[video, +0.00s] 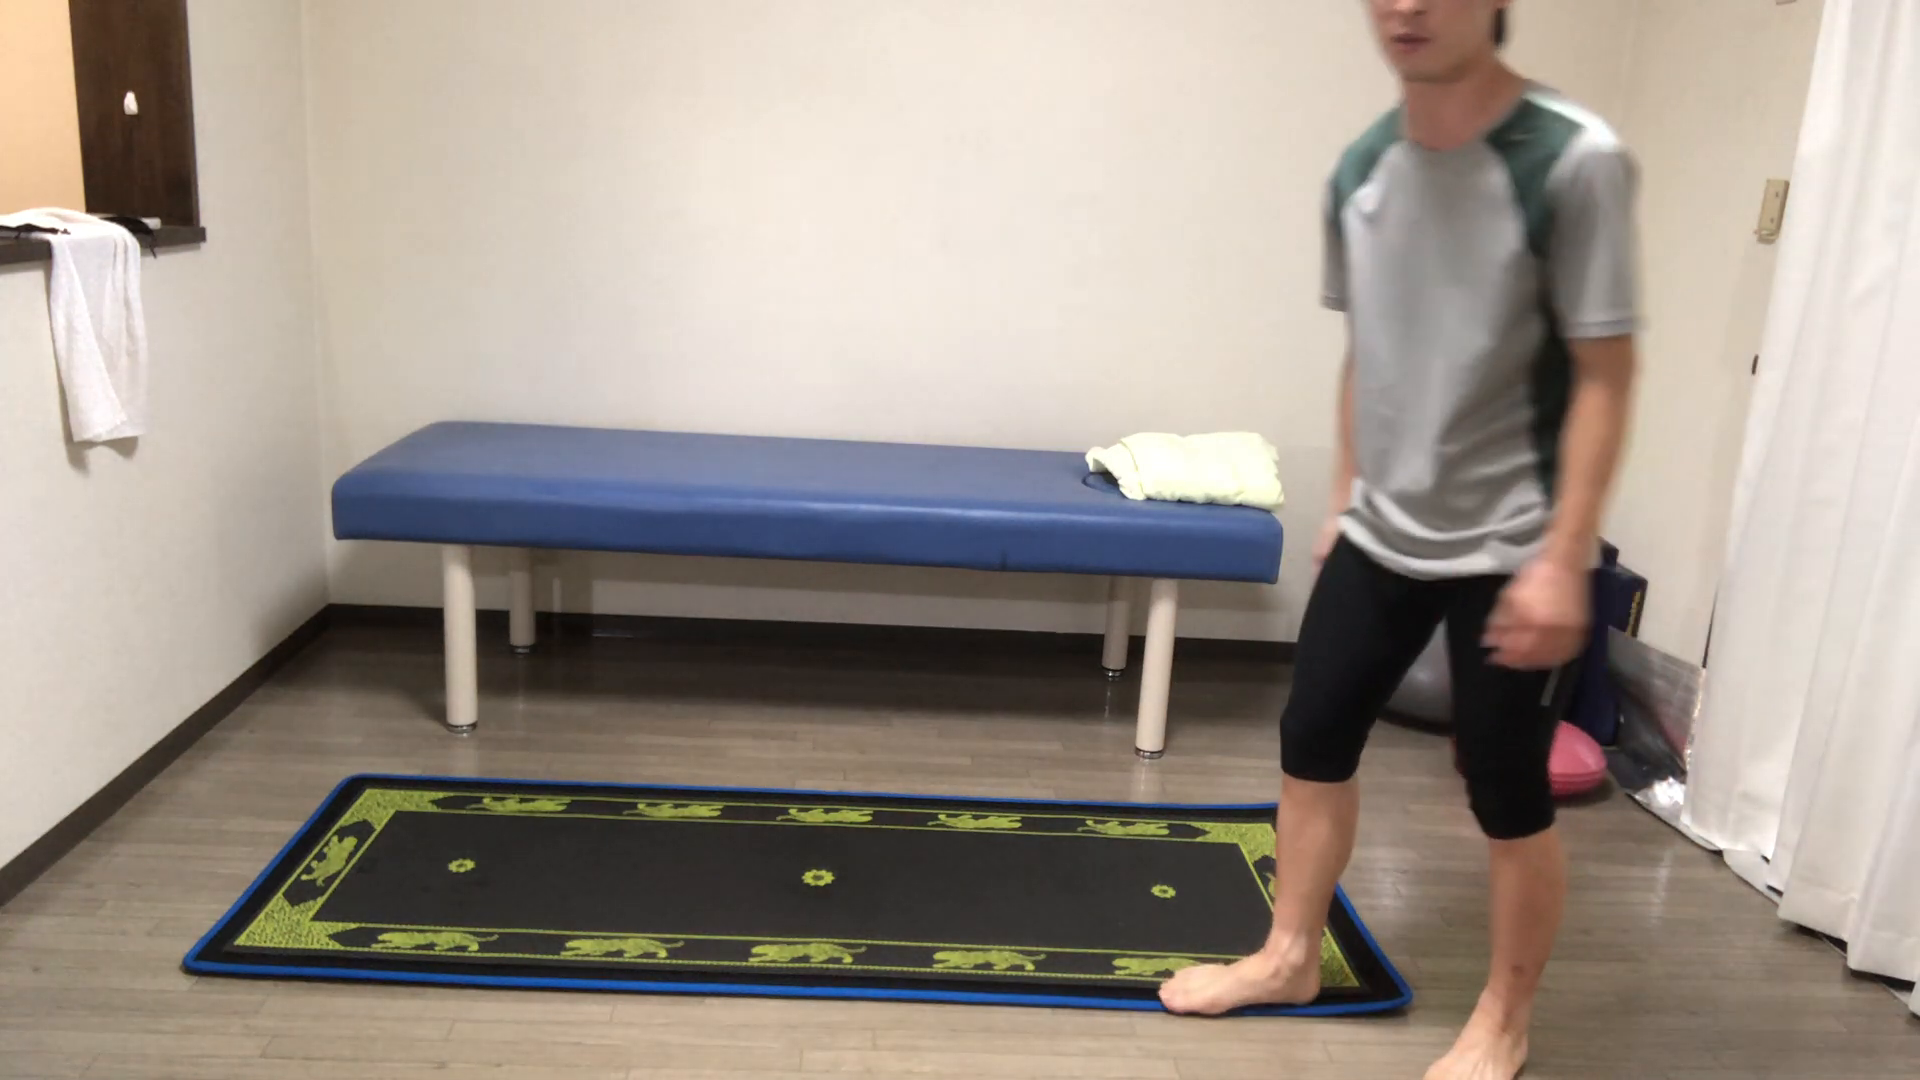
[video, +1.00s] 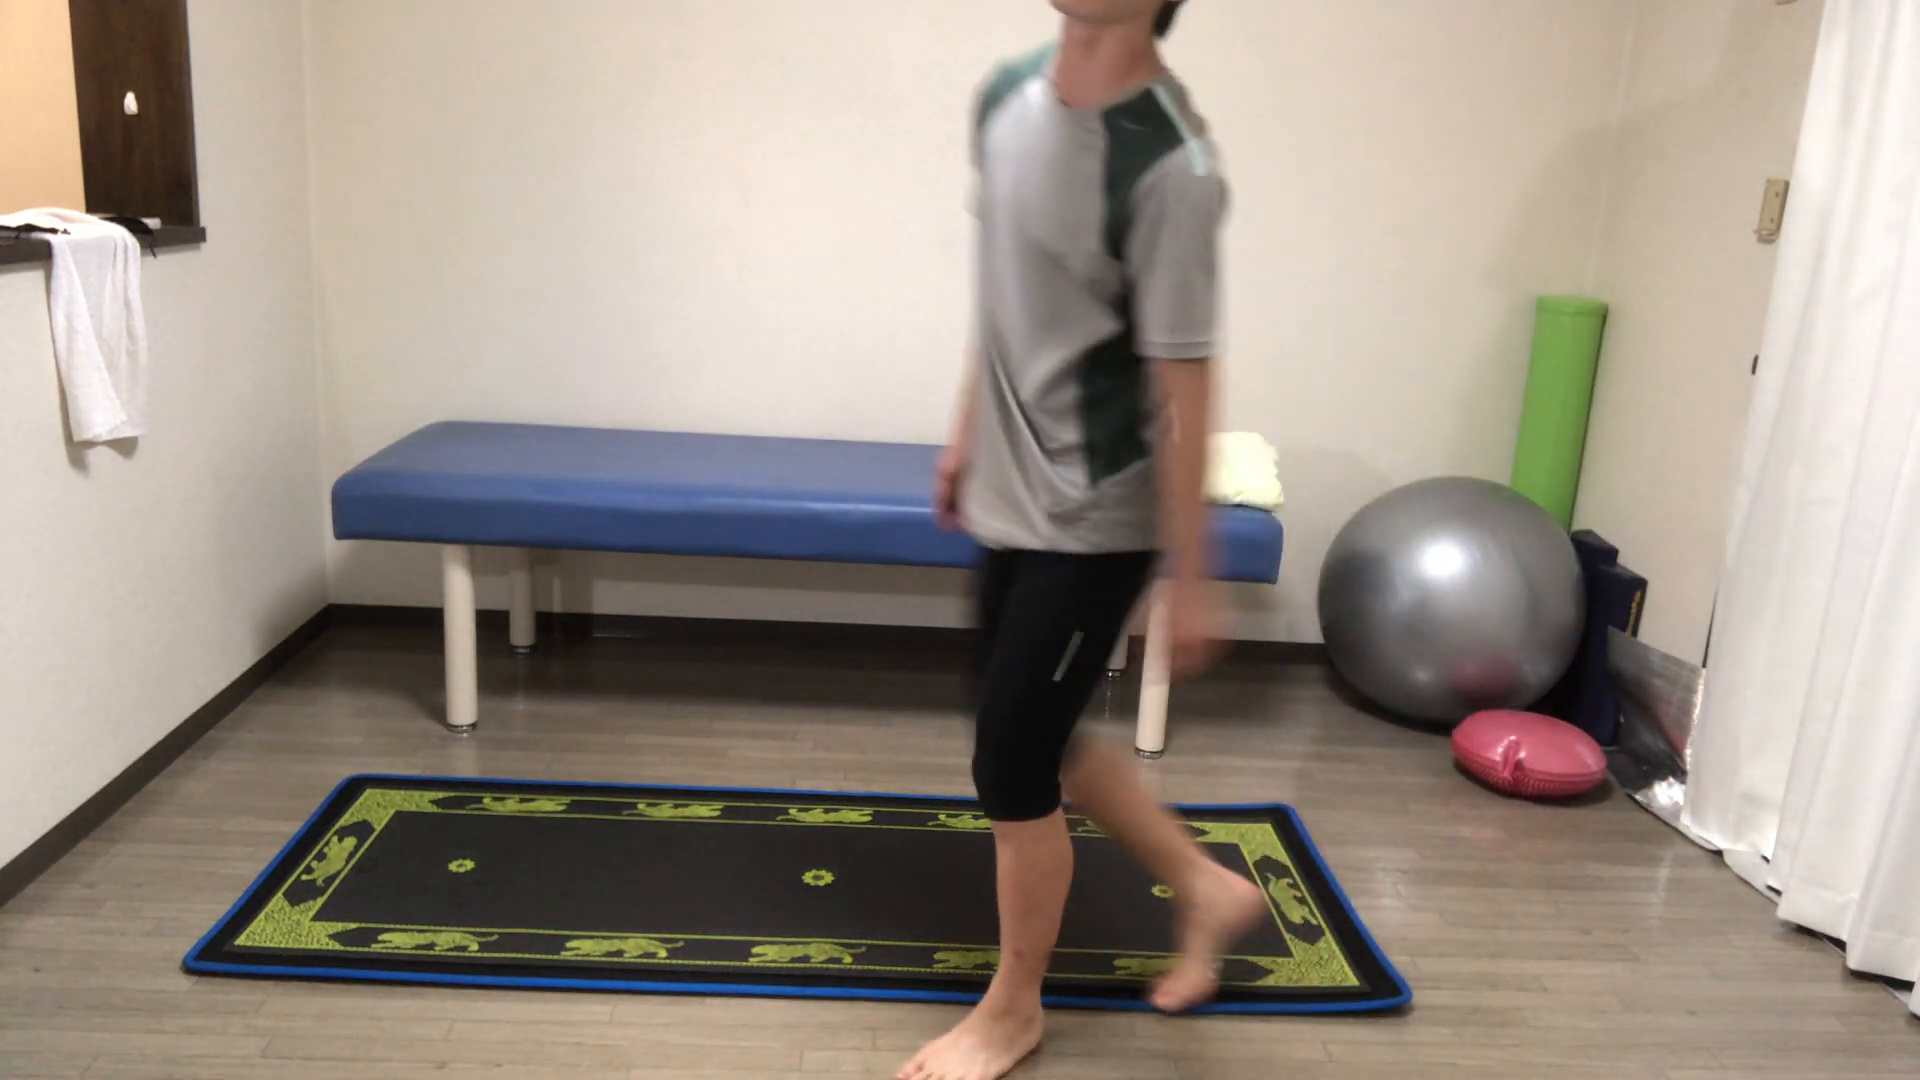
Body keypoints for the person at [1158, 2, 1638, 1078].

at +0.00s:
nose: (1402, 8)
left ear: (1494, 7)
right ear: (1370, 12)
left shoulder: (1574, 159)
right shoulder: (1362, 167)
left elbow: (1604, 375)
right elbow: (1364, 354)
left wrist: (1566, 556)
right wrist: (1345, 505)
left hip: (1513, 538)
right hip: (1386, 523)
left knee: (1506, 789)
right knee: (1314, 735)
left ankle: (1504, 1021)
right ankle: (1290, 956)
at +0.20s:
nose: (1298, 21)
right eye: (1275, 3)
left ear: (1385, 2)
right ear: (1258, 19)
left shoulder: (1479, 143)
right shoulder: (1298, 175)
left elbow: (1522, 356)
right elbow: (1311, 357)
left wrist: (1435, 528)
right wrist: (1245, 492)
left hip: (1444, 543)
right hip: (1318, 527)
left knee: (1450, 794)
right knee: (1287, 743)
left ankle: (1496, 1011)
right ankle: (1288, 957)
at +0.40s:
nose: (1233, 11)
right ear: (1201, 12)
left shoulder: (1408, 126)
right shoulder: (1229, 163)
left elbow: (1471, 328)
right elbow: (1239, 343)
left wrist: (1394, 499)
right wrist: (1199, 493)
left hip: (1370, 528)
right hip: (1257, 520)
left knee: (1332, 778)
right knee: (1268, 752)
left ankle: (1447, 978)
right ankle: (1287, 955)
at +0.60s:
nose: (1185, 6)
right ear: (1153, 7)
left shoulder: (1351, 128)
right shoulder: (1165, 154)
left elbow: (1419, 337)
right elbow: (1169, 340)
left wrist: (1405, 515)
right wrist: (1155, 493)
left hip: (1312, 511)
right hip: (1203, 510)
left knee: (1202, 751)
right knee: (1245, 739)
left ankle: (1231, 974)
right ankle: (1287, 951)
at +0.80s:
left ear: (1217, 4)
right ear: (1108, 5)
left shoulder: (1264, 149)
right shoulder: (1097, 143)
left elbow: (1333, 342)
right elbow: (1106, 321)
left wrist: (1370, 519)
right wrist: (1077, 472)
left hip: (1218, 524)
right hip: (1130, 515)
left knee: (1094, 757)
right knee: (1205, 738)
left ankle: (1018, 1010)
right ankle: (1284, 947)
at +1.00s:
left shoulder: (1173, 168)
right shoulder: (1007, 95)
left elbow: (1185, 382)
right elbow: (1004, 293)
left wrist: (1190, 574)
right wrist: (968, 429)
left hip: (1103, 511)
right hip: (1008, 486)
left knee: (1017, 762)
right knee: (1032, 729)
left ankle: (1012, 1011)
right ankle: (1210, 886)